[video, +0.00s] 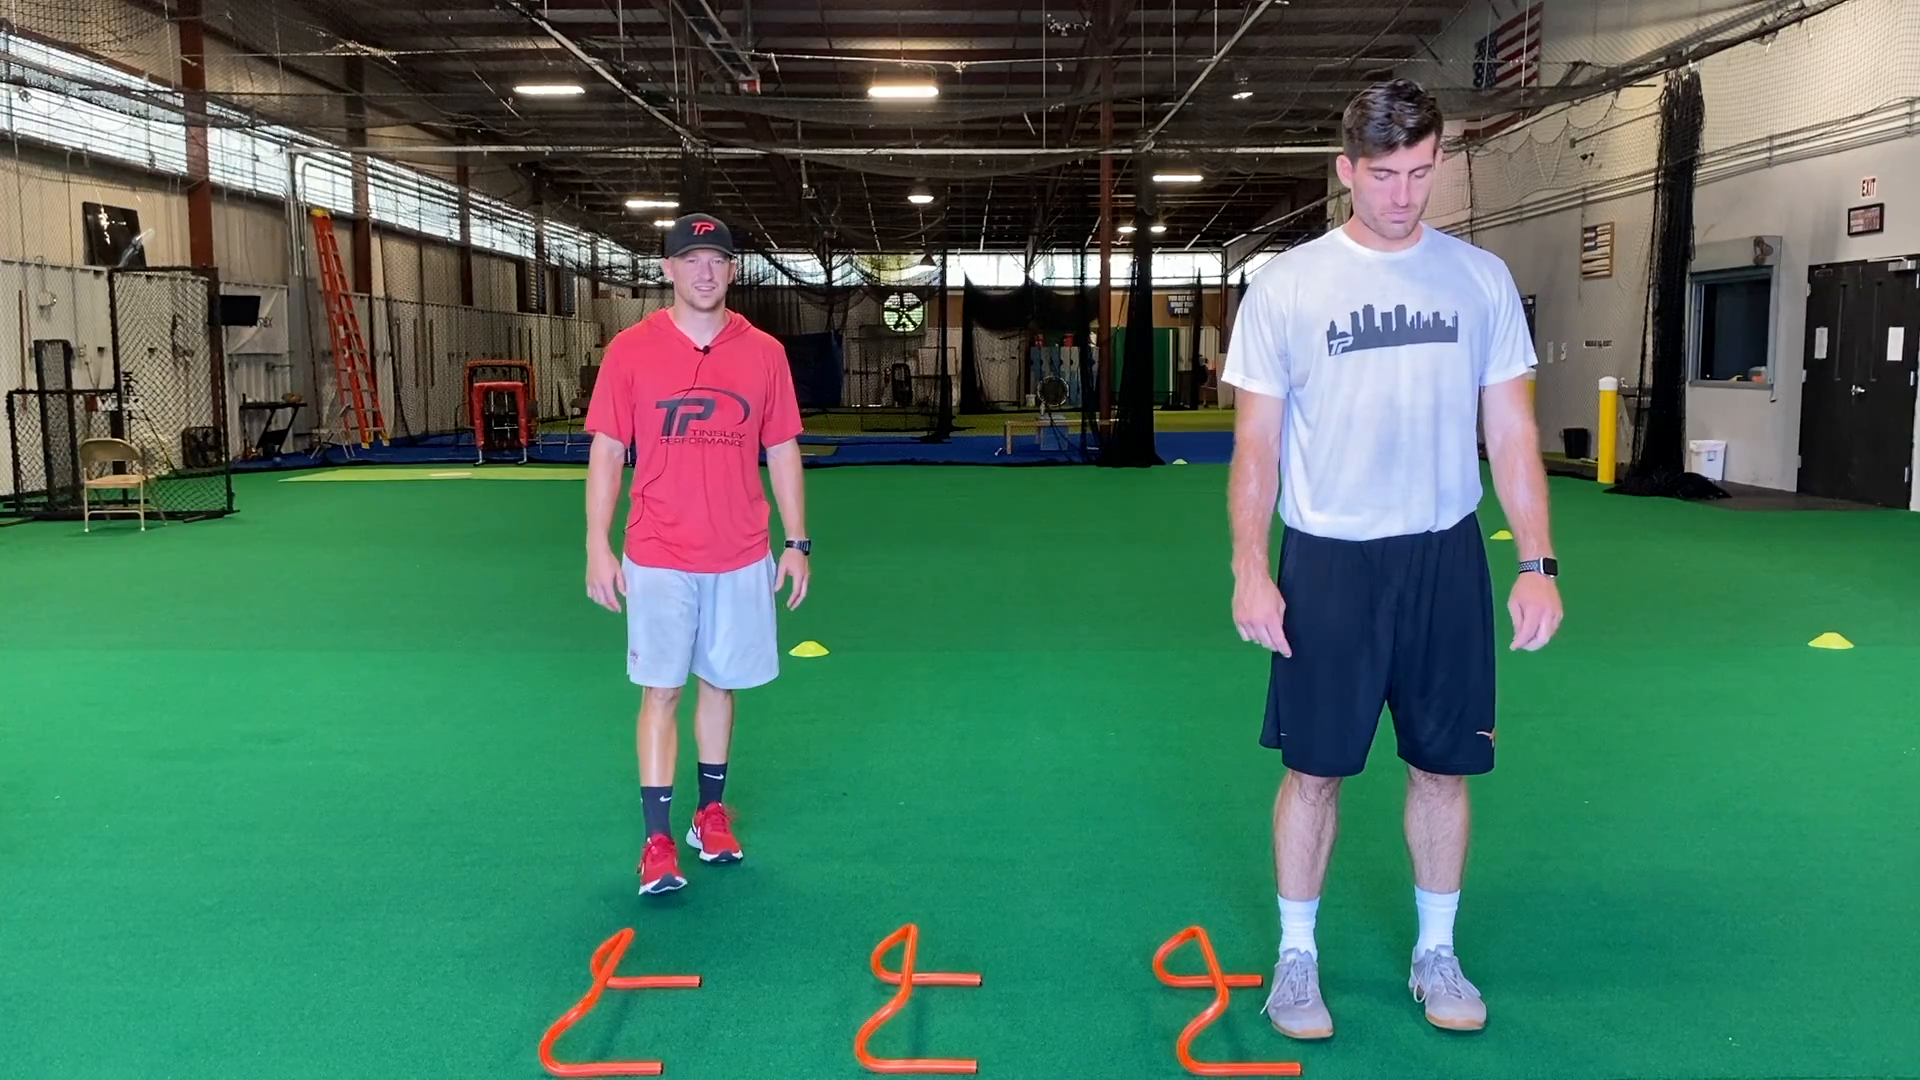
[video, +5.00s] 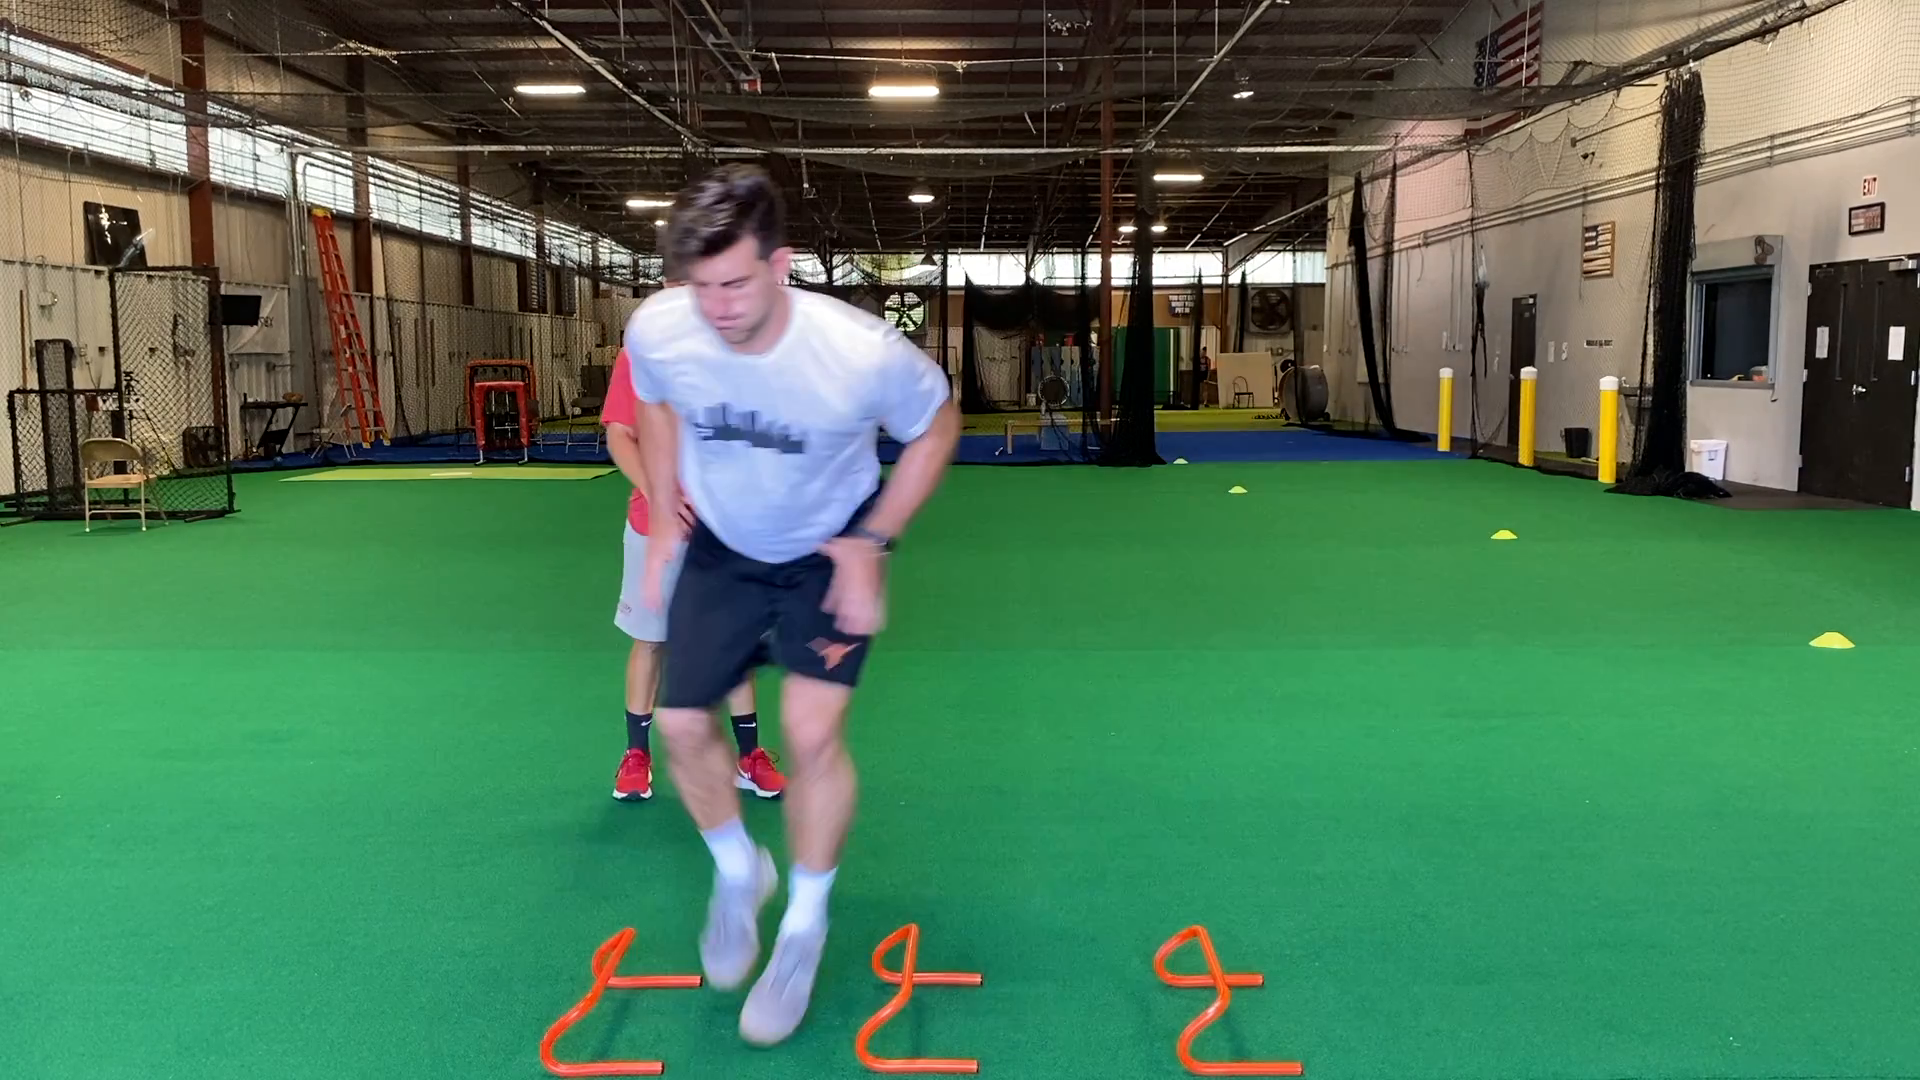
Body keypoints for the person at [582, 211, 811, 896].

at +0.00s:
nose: (705, 271)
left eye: (716, 259)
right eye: (691, 259)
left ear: (732, 268)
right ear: (668, 268)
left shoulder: (764, 353)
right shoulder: (631, 350)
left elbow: (783, 450)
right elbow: (606, 453)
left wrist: (796, 540)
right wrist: (598, 544)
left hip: (739, 552)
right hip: (659, 553)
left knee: (719, 684)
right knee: (662, 690)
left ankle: (711, 812)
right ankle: (658, 838)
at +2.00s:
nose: (788, 273)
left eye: (798, 261)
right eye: (774, 261)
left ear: (810, 271)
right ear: (744, 268)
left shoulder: (836, 356)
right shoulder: (706, 353)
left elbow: (854, 442)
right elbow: (678, 451)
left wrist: (847, 459)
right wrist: (700, 515)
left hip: (823, 560)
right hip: (740, 564)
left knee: (808, 691)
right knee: (714, 700)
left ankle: (810, 833)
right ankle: (671, 849)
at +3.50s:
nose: (703, 287)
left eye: (710, 275)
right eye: (689, 279)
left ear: (722, 276)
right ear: (664, 287)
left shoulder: (768, 343)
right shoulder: (648, 361)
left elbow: (803, 432)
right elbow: (638, 448)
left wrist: (761, 403)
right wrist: (641, 500)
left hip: (761, 536)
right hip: (683, 542)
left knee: (780, 659)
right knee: (699, 662)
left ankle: (780, 767)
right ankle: (708, 791)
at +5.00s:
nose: (700, 297)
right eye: (687, 281)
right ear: (669, 287)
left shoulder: (759, 356)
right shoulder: (643, 350)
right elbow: (618, 434)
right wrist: (658, 496)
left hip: (730, 526)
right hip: (659, 522)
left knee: (737, 646)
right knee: (649, 637)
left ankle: (750, 752)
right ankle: (637, 750)